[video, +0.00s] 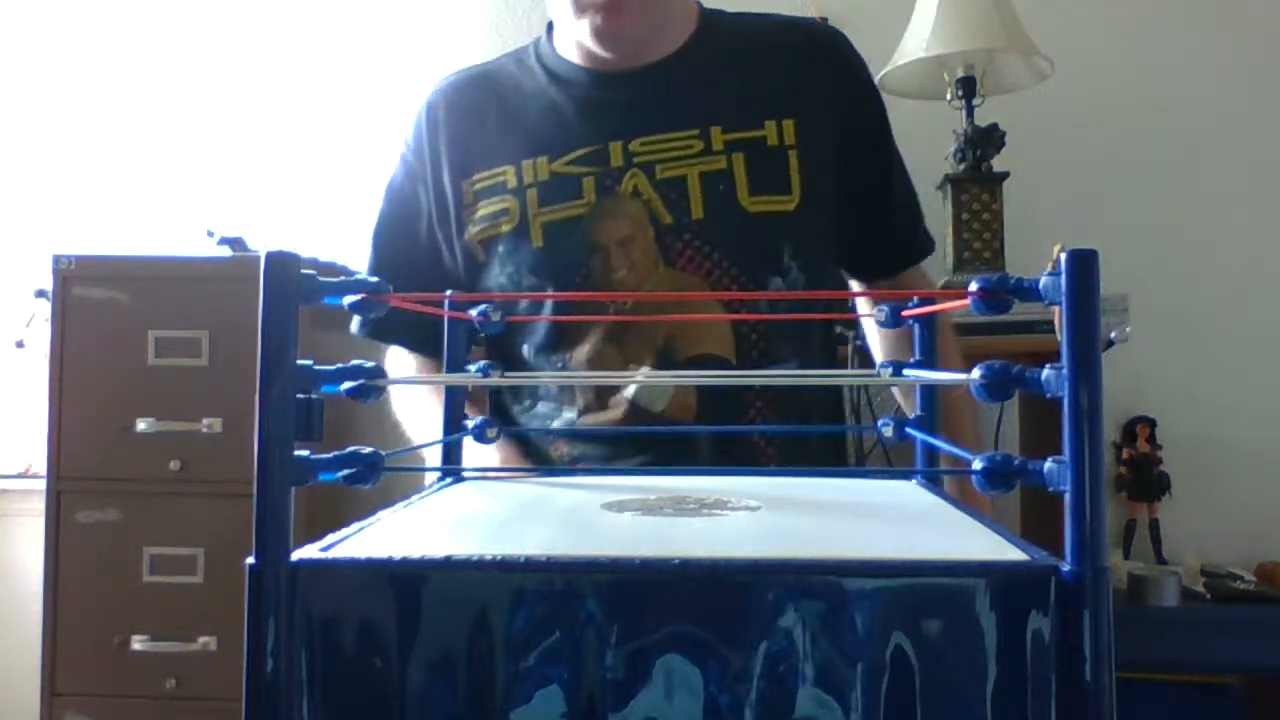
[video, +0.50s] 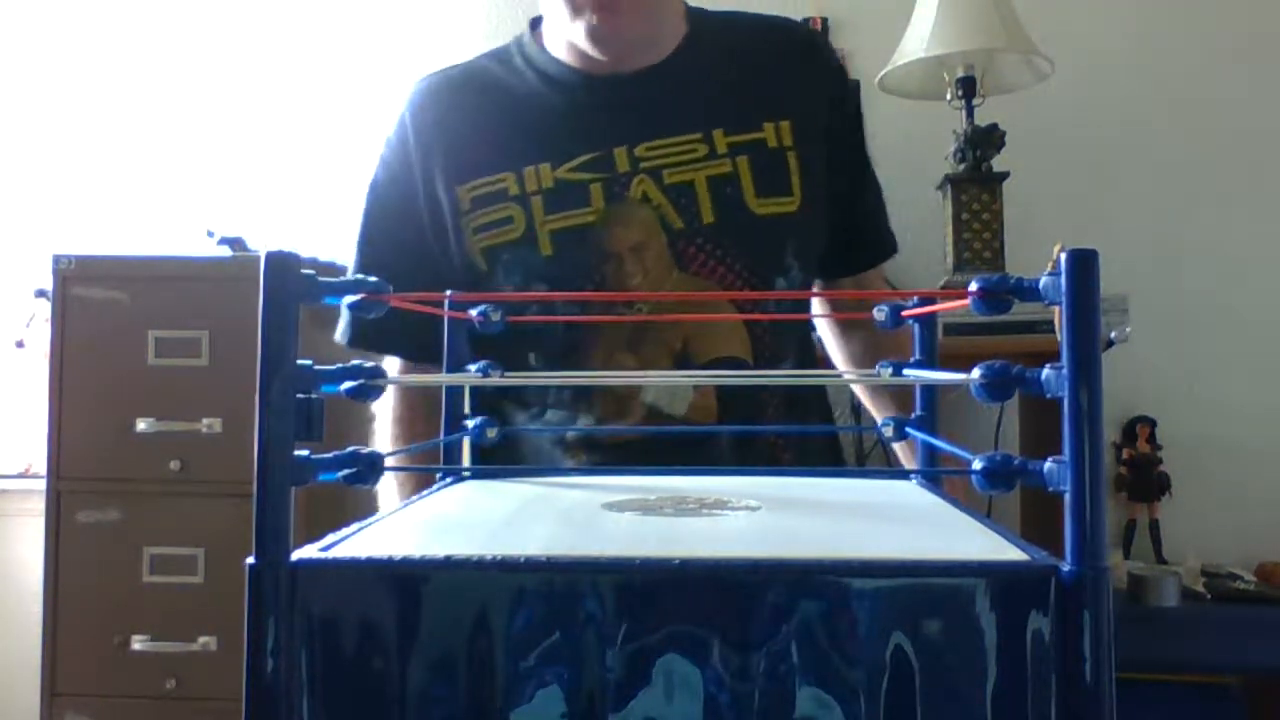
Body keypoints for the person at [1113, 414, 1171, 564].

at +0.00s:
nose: (1144, 430)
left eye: (1147, 427)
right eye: (1142, 427)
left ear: (1151, 431)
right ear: (1136, 429)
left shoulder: (1155, 448)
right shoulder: (1129, 447)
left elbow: (1159, 465)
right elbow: (1124, 465)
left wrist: (1163, 481)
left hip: (1152, 482)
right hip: (1135, 482)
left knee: (1154, 517)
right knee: (1133, 516)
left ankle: (1159, 555)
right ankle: (1126, 553)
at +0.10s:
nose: (1144, 431)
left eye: (1147, 428)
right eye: (1142, 427)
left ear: (1150, 431)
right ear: (1136, 429)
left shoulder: (1155, 448)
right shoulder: (1129, 446)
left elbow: (1159, 465)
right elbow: (1124, 465)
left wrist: (1163, 481)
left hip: (1153, 482)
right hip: (1135, 482)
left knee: (1154, 517)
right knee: (1133, 516)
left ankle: (1159, 555)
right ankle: (1126, 554)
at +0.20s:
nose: (1144, 431)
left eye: (1147, 428)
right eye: (1142, 427)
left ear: (1150, 431)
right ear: (1136, 429)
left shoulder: (1155, 448)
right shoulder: (1129, 447)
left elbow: (1159, 466)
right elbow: (1124, 466)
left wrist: (1163, 483)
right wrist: (1124, 482)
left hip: (1152, 483)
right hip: (1135, 483)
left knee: (1154, 518)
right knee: (1133, 517)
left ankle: (1159, 555)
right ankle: (1126, 555)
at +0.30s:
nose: (1144, 430)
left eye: (1147, 427)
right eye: (1141, 427)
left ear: (1150, 431)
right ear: (1136, 429)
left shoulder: (1154, 448)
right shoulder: (1129, 447)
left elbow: (1158, 465)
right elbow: (1124, 465)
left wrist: (1163, 482)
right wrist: (1124, 480)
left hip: (1152, 483)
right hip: (1135, 483)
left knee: (1154, 517)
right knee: (1133, 517)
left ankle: (1159, 555)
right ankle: (1126, 554)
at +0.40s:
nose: (1144, 430)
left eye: (1147, 427)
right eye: (1141, 427)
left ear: (1150, 431)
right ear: (1135, 429)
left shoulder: (1155, 448)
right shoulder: (1129, 447)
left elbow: (1159, 466)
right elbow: (1124, 466)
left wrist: (1163, 481)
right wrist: (1125, 481)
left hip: (1152, 483)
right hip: (1135, 483)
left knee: (1154, 518)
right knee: (1132, 517)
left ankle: (1159, 555)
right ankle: (1126, 555)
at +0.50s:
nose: (1145, 431)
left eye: (1148, 427)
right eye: (1142, 427)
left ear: (1151, 430)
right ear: (1136, 429)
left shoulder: (1154, 447)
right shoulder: (1129, 446)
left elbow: (1158, 465)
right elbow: (1124, 464)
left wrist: (1163, 483)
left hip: (1152, 483)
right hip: (1135, 482)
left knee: (1154, 517)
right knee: (1133, 516)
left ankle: (1159, 555)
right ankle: (1126, 554)